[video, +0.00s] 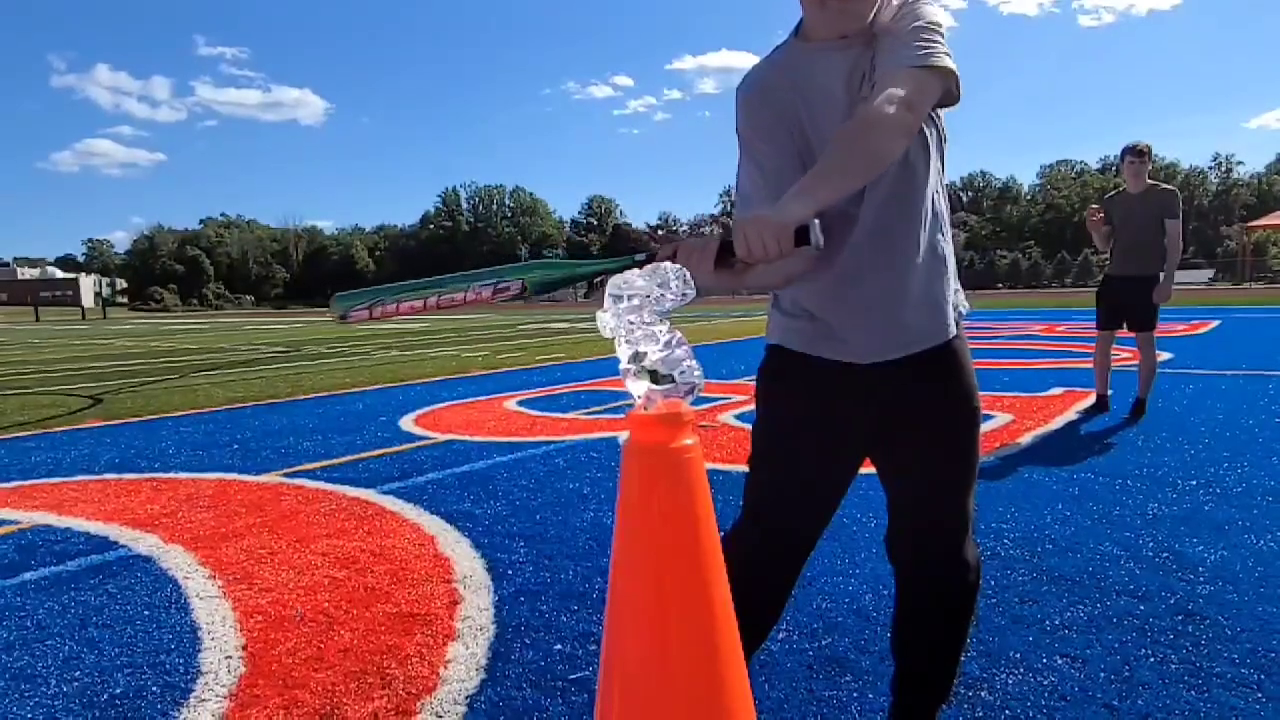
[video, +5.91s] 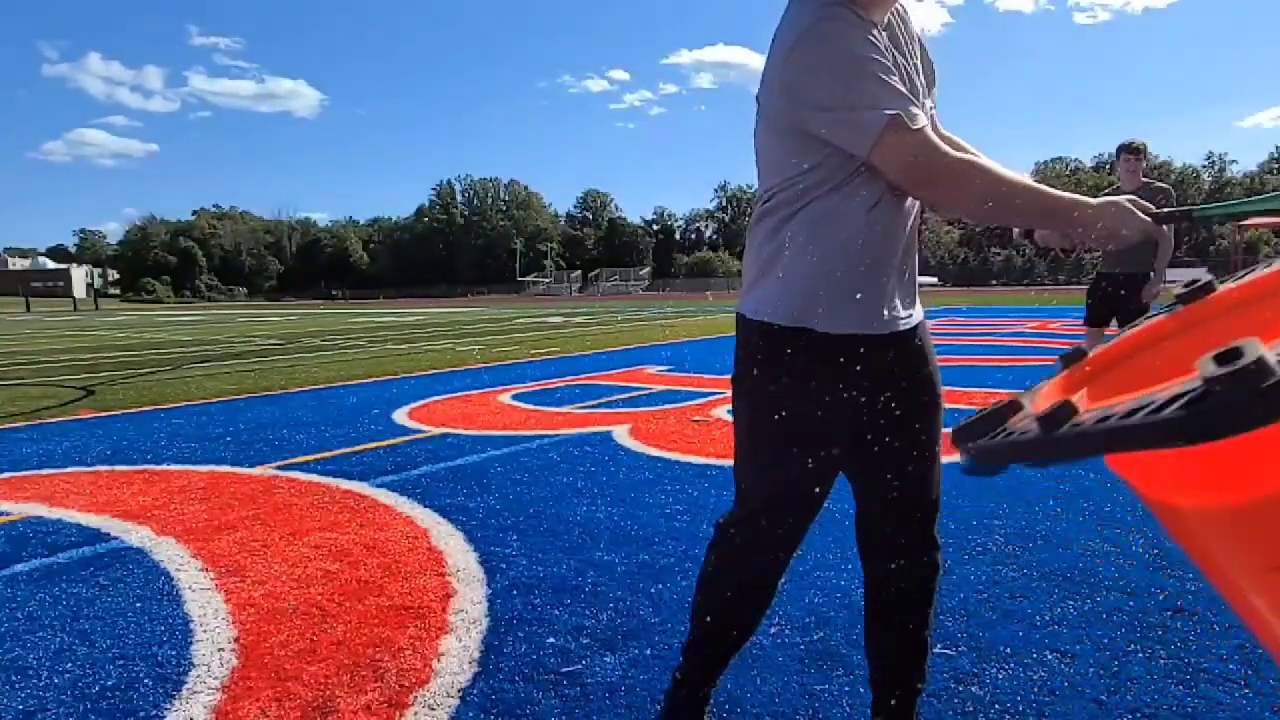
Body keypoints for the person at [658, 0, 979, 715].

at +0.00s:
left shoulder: (910, 21)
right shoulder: (766, 87)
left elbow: (895, 113)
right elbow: (792, 251)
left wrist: (785, 210)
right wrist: (710, 271)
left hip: (927, 355)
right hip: (811, 364)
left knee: (941, 565)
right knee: (759, 565)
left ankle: (918, 707)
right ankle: (687, 696)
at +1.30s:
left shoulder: (920, 23)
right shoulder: (779, 69)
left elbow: (939, 125)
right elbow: (805, 202)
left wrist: (903, 199)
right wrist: (835, 253)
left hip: (919, 353)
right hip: (810, 359)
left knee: (930, 556)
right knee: (767, 546)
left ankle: (910, 710)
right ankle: (685, 691)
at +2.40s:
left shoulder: (916, 20)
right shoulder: (786, 57)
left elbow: (952, 125)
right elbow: (830, 208)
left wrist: (995, 204)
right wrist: (961, 257)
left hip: (910, 330)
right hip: (810, 339)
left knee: (921, 541)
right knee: (774, 529)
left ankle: (922, 694)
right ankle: (697, 702)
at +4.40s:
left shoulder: (908, 21)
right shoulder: (805, 40)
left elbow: (965, 129)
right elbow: (900, 181)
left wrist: (1084, 217)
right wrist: (1075, 236)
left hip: (901, 341)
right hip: (802, 347)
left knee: (910, 545)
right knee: (766, 536)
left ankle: (904, 697)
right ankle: (693, 696)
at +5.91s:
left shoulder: (901, 34)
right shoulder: (824, 32)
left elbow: (937, 172)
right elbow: (927, 168)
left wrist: (1046, 222)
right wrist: (1082, 215)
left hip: (890, 337)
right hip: (796, 338)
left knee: (905, 549)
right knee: (765, 530)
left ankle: (896, 707)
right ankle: (688, 697)